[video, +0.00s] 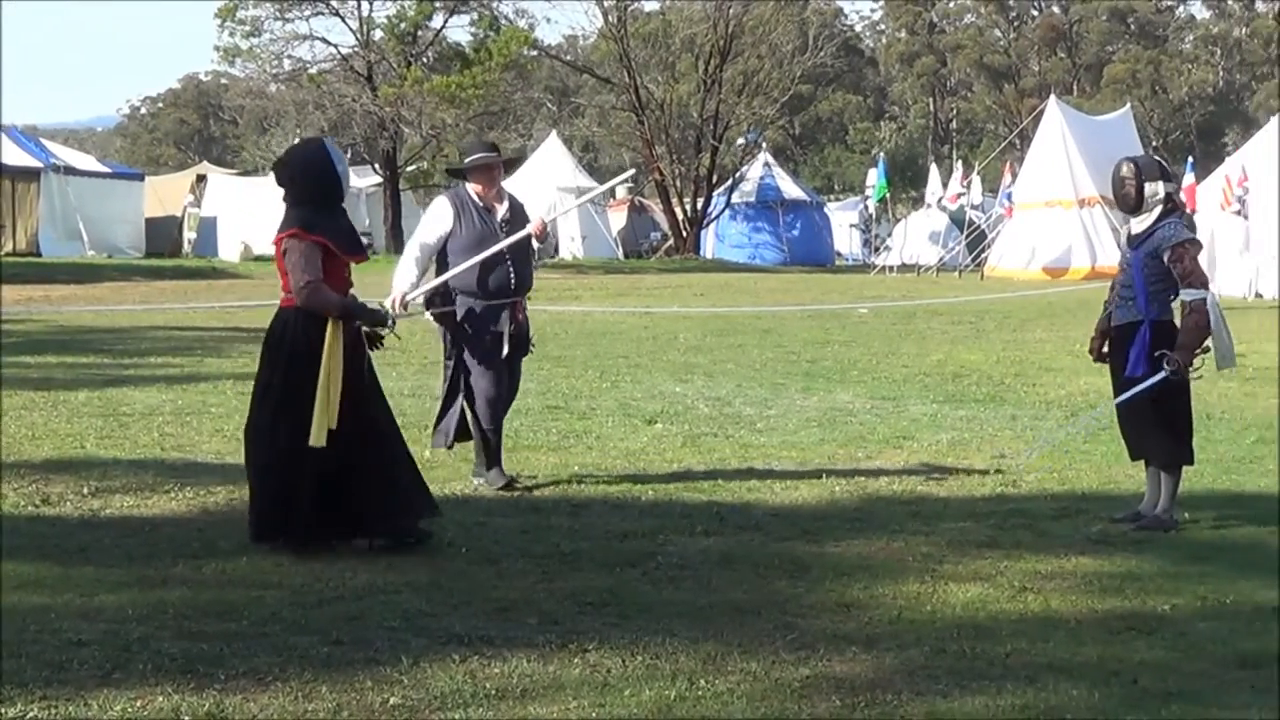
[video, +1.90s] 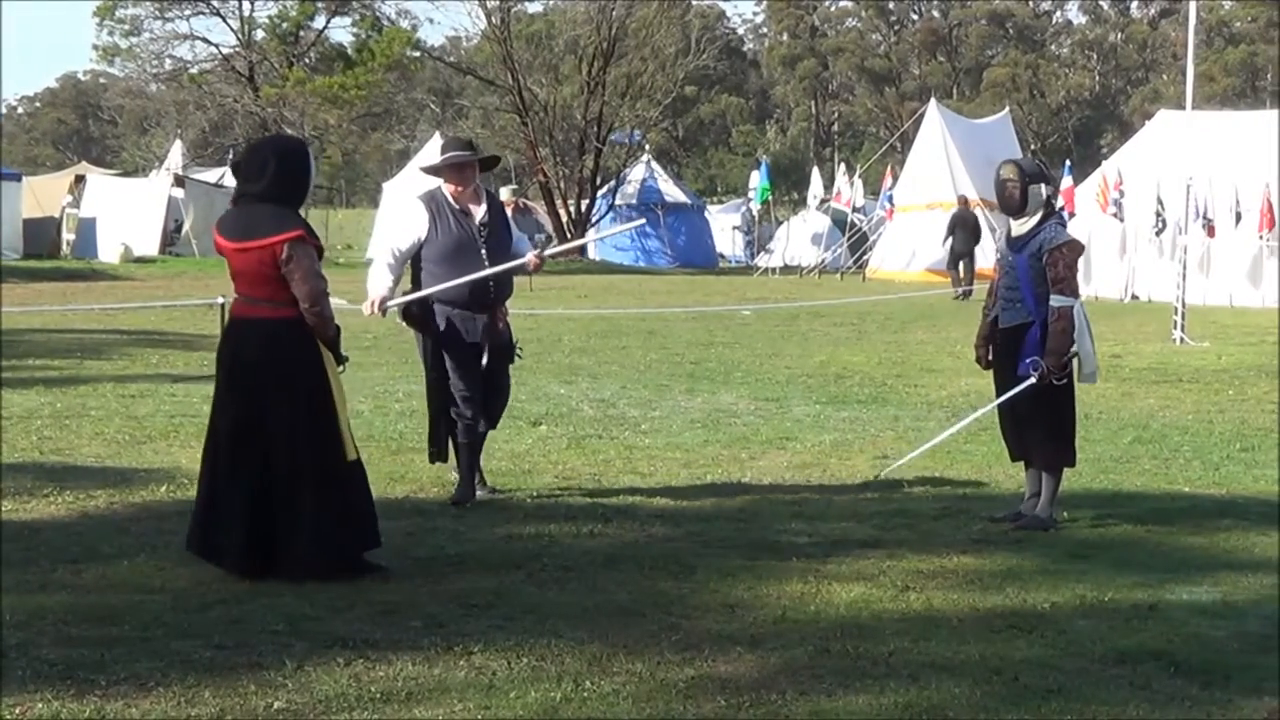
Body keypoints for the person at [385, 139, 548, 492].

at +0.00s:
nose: (488, 176)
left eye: (493, 168)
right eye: (480, 171)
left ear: (501, 169)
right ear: (466, 174)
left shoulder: (514, 205)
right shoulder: (448, 207)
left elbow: (535, 255)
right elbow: (419, 247)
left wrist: (541, 239)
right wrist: (402, 285)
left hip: (512, 307)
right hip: (472, 310)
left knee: (507, 387)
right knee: (487, 388)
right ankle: (489, 468)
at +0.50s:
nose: (450, 173)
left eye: (453, 166)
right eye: (442, 168)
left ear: (459, 167)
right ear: (426, 171)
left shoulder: (465, 202)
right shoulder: (408, 206)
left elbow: (484, 250)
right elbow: (385, 254)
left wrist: (502, 238)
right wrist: (392, 289)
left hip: (468, 309)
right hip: (429, 311)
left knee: (472, 384)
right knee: (437, 387)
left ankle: (435, 447)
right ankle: (440, 466)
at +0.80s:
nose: (439, 172)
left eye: (441, 166)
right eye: (431, 167)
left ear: (445, 168)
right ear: (413, 170)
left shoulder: (447, 203)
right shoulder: (395, 205)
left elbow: (464, 247)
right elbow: (381, 255)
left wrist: (491, 239)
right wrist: (417, 272)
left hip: (453, 316)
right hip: (414, 319)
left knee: (461, 398)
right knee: (411, 401)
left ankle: (480, 469)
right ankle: (407, 475)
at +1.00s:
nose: (447, 171)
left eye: (449, 164)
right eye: (440, 165)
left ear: (453, 167)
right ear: (423, 169)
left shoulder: (458, 205)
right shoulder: (403, 206)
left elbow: (473, 257)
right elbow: (385, 252)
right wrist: (422, 274)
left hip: (463, 316)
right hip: (424, 316)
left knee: (469, 399)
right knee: (412, 403)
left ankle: (473, 470)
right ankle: (392, 478)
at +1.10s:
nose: (451, 170)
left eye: (453, 163)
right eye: (443, 164)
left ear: (459, 166)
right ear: (426, 169)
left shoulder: (467, 206)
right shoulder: (408, 205)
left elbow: (497, 249)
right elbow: (386, 252)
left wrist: (520, 225)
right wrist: (418, 275)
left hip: (472, 314)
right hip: (430, 314)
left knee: (471, 399)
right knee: (419, 401)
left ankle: (470, 472)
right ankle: (390, 472)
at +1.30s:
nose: (454, 173)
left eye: (459, 166)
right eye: (446, 167)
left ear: (468, 168)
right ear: (433, 171)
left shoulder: (477, 207)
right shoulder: (415, 205)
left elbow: (492, 257)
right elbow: (382, 248)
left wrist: (520, 245)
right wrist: (396, 277)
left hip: (475, 312)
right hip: (433, 311)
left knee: (470, 394)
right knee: (438, 390)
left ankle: (462, 472)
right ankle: (415, 463)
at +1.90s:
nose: (457, 175)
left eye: (464, 167)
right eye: (450, 170)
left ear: (477, 168)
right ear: (440, 173)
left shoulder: (493, 203)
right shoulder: (425, 208)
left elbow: (511, 239)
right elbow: (391, 251)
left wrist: (529, 255)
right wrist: (380, 288)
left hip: (493, 315)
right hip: (449, 316)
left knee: (496, 393)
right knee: (465, 398)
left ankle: (471, 462)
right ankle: (467, 481)